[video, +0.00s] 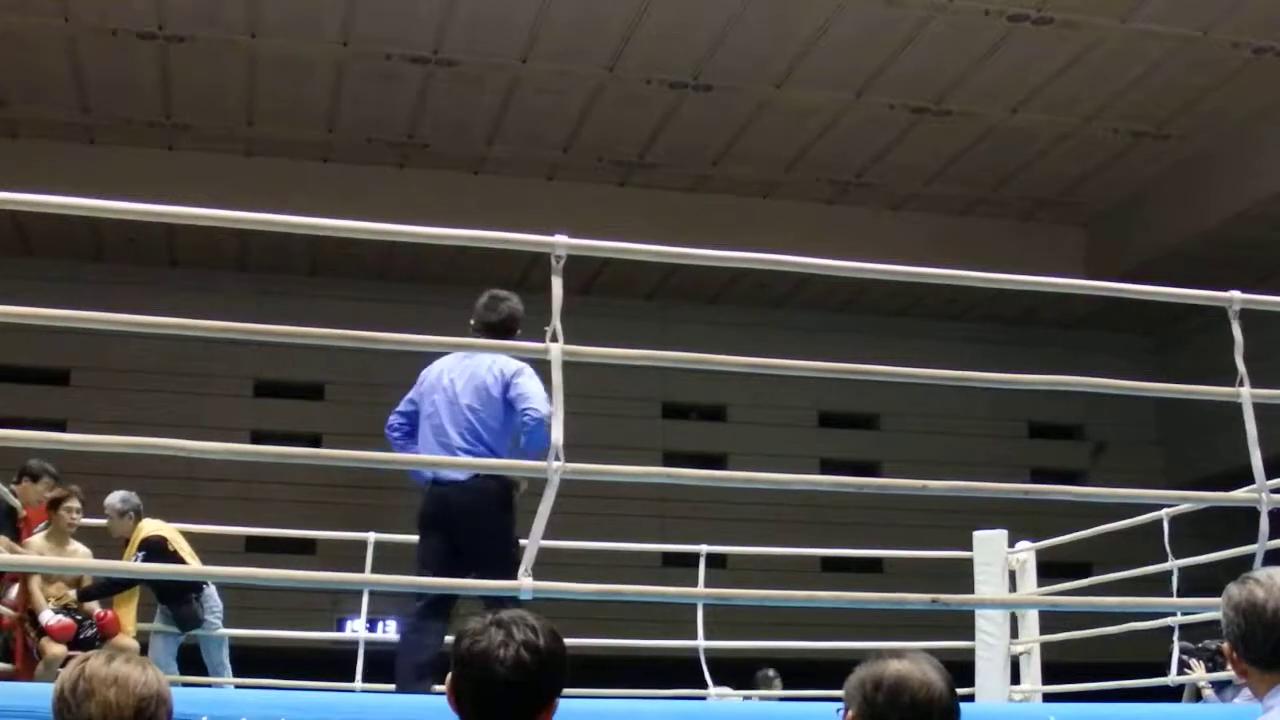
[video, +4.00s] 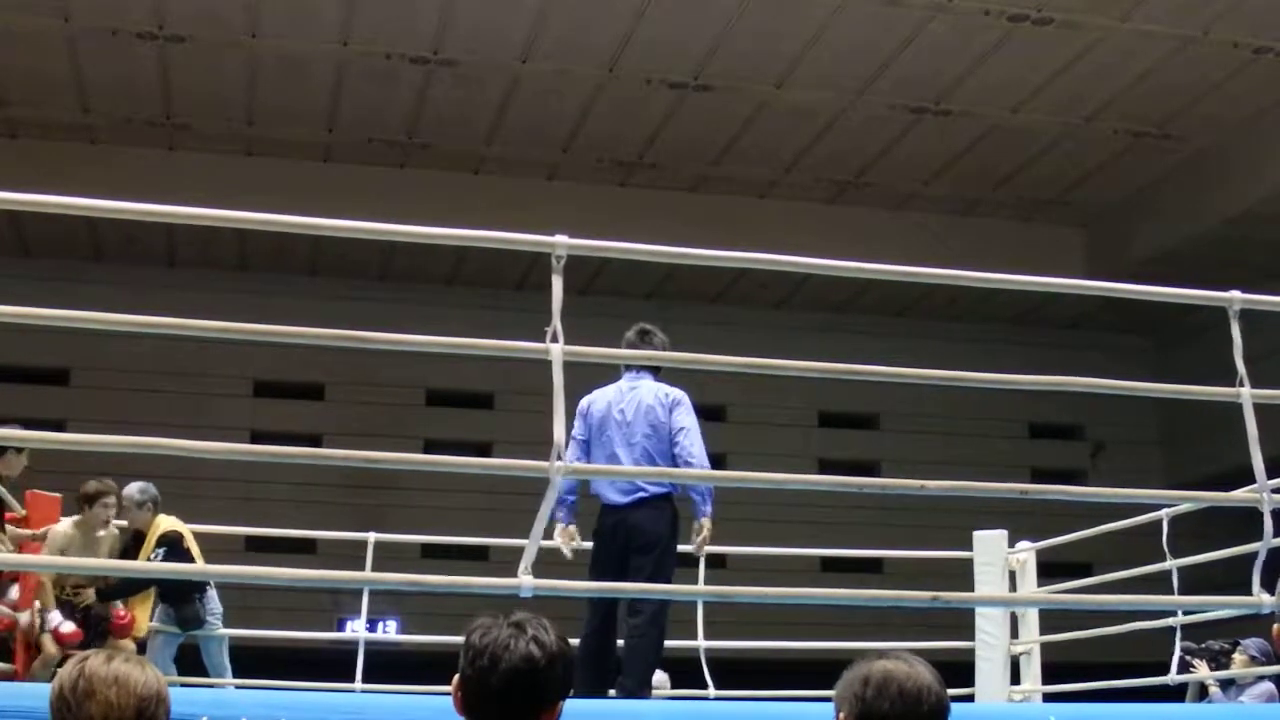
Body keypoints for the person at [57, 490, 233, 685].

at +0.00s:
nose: (107, 524)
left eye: (110, 518)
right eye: (107, 518)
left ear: (129, 518)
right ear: (129, 518)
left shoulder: (153, 539)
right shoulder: (139, 536)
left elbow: (125, 581)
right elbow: (120, 579)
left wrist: (78, 595)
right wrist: (83, 591)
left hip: (201, 600)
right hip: (171, 603)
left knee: (217, 665)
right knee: (160, 660)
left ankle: (229, 713)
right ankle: (175, 709)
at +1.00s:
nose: (108, 524)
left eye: (111, 519)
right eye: (107, 519)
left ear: (131, 519)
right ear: (130, 519)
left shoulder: (155, 541)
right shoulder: (140, 537)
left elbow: (126, 582)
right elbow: (125, 580)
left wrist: (79, 596)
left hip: (201, 600)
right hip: (170, 603)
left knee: (218, 666)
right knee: (160, 661)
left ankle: (231, 714)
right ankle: (174, 711)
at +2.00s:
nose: (105, 525)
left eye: (109, 519)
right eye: (106, 519)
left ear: (127, 521)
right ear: (126, 521)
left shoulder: (153, 542)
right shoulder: (136, 540)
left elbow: (125, 584)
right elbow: (124, 583)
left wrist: (79, 596)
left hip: (201, 600)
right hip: (170, 603)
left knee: (218, 665)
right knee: (160, 660)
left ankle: (229, 712)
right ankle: (177, 709)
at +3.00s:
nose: (106, 525)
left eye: (109, 519)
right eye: (106, 519)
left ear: (127, 520)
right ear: (128, 520)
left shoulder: (154, 542)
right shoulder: (138, 539)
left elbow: (125, 583)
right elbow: (125, 582)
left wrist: (79, 597)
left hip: (202, 600)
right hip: (171, 603)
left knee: (217, 665)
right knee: (160, 660)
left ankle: (230, 712)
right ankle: (175, 708)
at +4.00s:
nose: (123, 514)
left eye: (127, 509)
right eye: (123, 509)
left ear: (148, 509)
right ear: (145, 510)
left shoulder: (170, 534)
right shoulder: (138, 535)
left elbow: (146, 579)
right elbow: (122, 568)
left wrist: (99, 595)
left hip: (201, 600)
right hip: (170, 603)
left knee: (218, 666)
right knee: (157, 658)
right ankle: (174, 711)